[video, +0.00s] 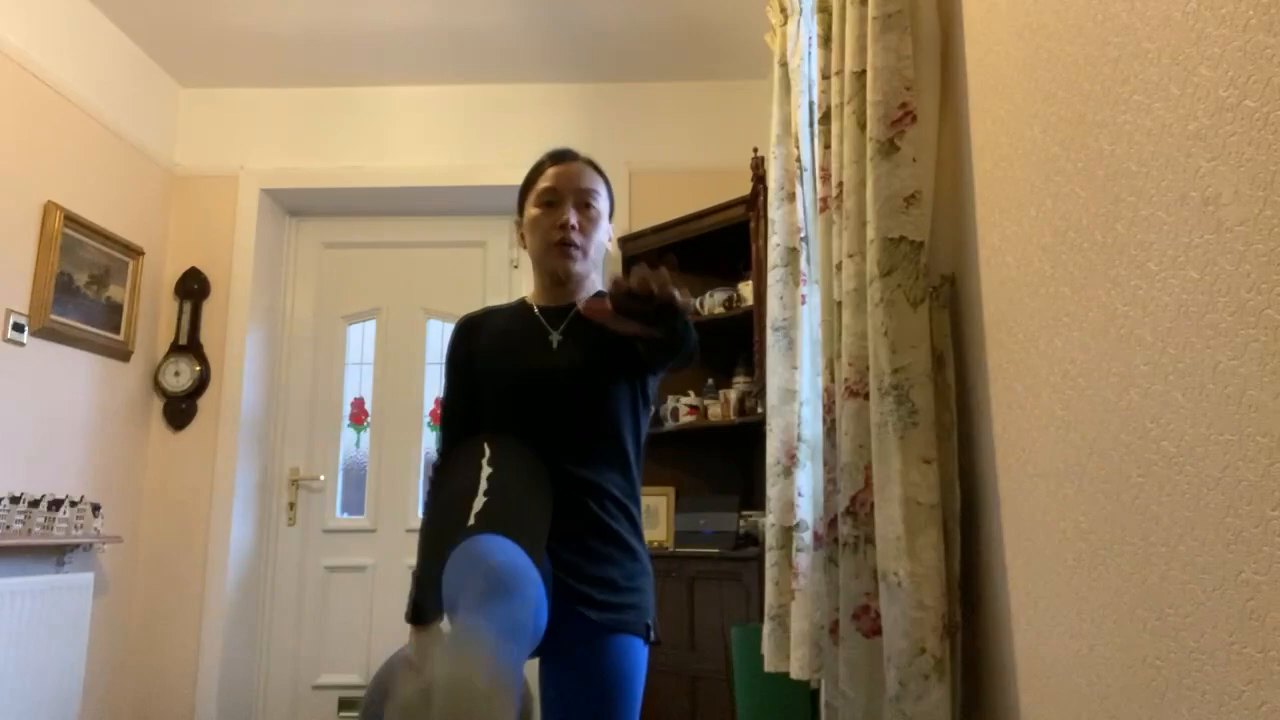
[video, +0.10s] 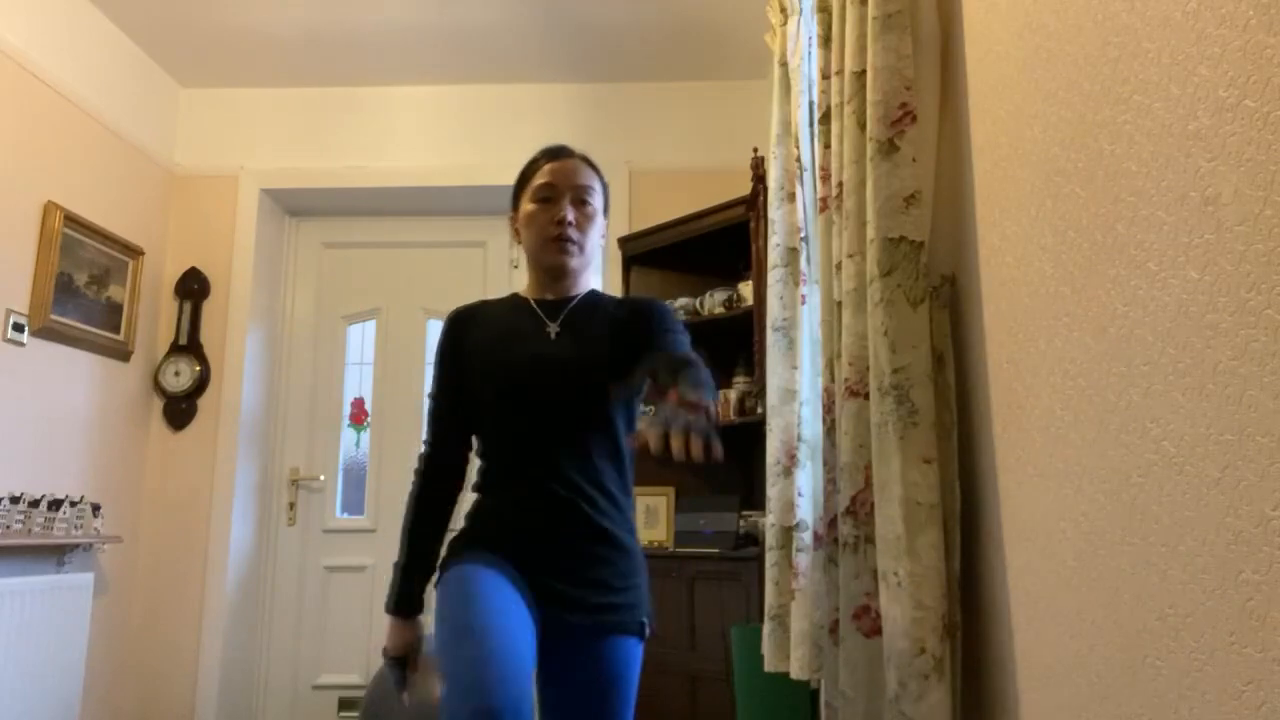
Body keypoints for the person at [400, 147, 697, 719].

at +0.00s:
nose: (568, 218)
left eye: (587, 206)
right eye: (549, 204)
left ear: (609, 236)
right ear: (521, 231)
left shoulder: (630, 326)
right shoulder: (478, 333)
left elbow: (674, 349)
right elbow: (453, 471)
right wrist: (425, 605)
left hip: (604, 582)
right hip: (497, 573)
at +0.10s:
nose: (565, 213)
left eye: (582, 202)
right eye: (546, 198)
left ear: (604, 230)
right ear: (516, 224)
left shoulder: (639, 319)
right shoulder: (471, 327)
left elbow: (678, 360)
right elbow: (442, 467)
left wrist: (686, 395)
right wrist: (404, 605)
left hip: (602, 568)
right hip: (492, 555)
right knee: (491, 703)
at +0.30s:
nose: (545, 225)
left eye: (563, 214)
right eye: (527, 208)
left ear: (579, 240)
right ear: (493, 231)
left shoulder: (611, 350)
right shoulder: (438, 331)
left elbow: (650, 478)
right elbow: (394, 469)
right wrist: (340, 608)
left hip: (571, 627)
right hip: (450, 621)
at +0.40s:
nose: (533, 221)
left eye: (551, 211)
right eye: (514, 205)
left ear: (566, 238)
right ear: (480, 228)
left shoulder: (596, 347)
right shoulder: (423, 325)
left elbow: (618, 484)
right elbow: (369, 453)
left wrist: (630, 607)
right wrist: (308, 572)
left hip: (548, 604)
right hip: (431, 598)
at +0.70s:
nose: (511, 223)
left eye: (527, 213)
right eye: (490, 208)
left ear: (539, 240)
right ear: (453, 230)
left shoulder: (567, 356)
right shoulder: (415, 325)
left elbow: (556, 486)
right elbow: (382, 342)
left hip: (520, 591)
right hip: (421, 585)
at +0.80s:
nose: (513, 224)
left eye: (527, 213)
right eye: (495, 209)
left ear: (540, 240)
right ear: (461, 228)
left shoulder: (565, 355)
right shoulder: (407, 336)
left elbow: (563, 493)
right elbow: (391, 322)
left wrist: (531, 635)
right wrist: (410, 249)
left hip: (526, 590)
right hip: (421, 597)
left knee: (514, 475)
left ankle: (484, 370)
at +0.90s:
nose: (506, 226)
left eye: (524, 214)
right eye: (486, 208)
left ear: (537, 240)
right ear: (449, 227)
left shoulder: (565, 352)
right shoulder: (412, 326)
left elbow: (570, 490)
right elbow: (389, 335)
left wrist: (555, 624)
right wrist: (396, 299)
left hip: (531, 597)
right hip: (429, 595)